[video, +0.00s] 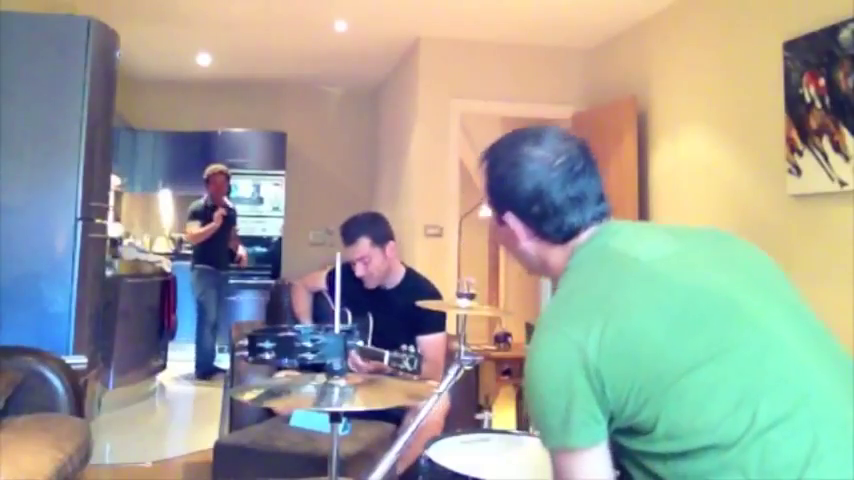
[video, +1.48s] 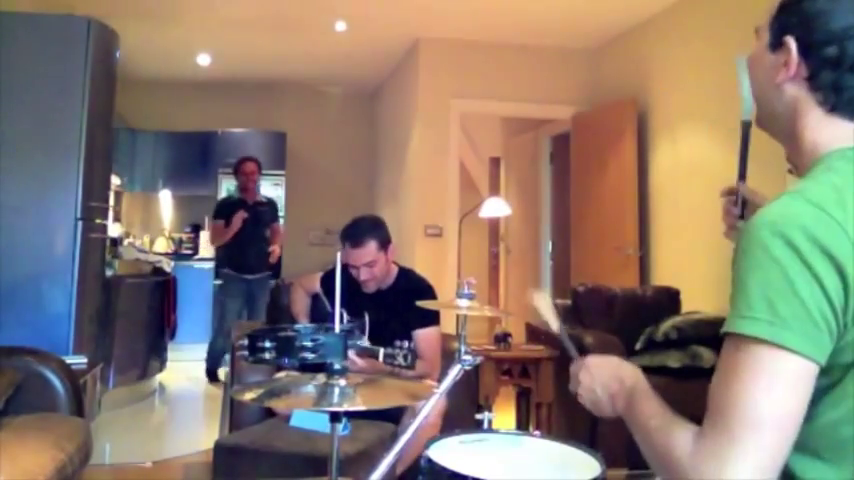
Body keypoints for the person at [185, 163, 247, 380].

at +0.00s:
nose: (220, 187)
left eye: (223, 182)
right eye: (215, 182)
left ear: (227, 184)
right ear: (207, 184)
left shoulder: (230, 211)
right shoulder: (198, 209)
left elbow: (232, 237)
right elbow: (192, 236)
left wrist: (240, 250)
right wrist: (215, 224)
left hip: (222, 267)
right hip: (203, 266)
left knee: (217, 317)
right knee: (208, 315)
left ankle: (209, 361)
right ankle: (203, 365)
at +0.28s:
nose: (222, 186)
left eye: (225, 181)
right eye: (217, 182)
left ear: (230, 184)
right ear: (209, 185)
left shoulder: (231, 211)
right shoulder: (200, 210)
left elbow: (234, 236)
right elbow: (198, 240)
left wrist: (241, 251)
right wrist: (223, 232)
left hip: (224, 268)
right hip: (206, 267)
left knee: (219, 320)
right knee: (209, 319)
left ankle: (210, 362)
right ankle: (204, 366)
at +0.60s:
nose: (222, 183)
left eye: (226, 178)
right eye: (218, 178)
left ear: (231, 182)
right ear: (210, 182)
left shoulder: (233, 209)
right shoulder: (201, 207)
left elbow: (236, 236)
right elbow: (197, 237)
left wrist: (242, 250)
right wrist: (223, 226)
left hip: (228, 270)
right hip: (207, 268)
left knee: (226, 318)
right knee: (209, 318)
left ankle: (216, 359)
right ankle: (204, 366)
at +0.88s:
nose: (223, 183)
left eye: (227, 178)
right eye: (219, 178)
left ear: (232, 181)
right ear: (212, 182)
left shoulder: (238, 208)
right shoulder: (201, 207)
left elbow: (242, 234)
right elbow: (194, 239)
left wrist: (247, 250)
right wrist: (208, 225)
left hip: (235, 272)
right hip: (210, 272)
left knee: (238, 321)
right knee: (209, 321)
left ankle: (235, 366)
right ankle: (205, 367)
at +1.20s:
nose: (234, 181)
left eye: (237, 177)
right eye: (229, 177)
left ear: (243, 179)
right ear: (221, 181)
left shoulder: (252, 208)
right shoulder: (211, 208)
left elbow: (259, 233)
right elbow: (199, 240)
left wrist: (264, 249)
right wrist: (217, 237)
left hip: (245, 276)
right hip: (217, 276)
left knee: (247, 323)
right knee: (213, 324)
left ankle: (244, 367)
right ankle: (207, 367)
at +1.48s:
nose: (250, 179)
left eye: (253, 174)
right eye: (245, 174)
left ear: (259, 177)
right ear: (236, 178)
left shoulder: (268, 205)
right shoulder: (225, 205)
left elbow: (276, 230)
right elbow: (215, 239)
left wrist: (276, 245)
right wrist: (233, 227)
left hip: (261, 275)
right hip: (232, 274)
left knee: (258, 324)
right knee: (227, 323)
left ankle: (256, 367)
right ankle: (213, 365)